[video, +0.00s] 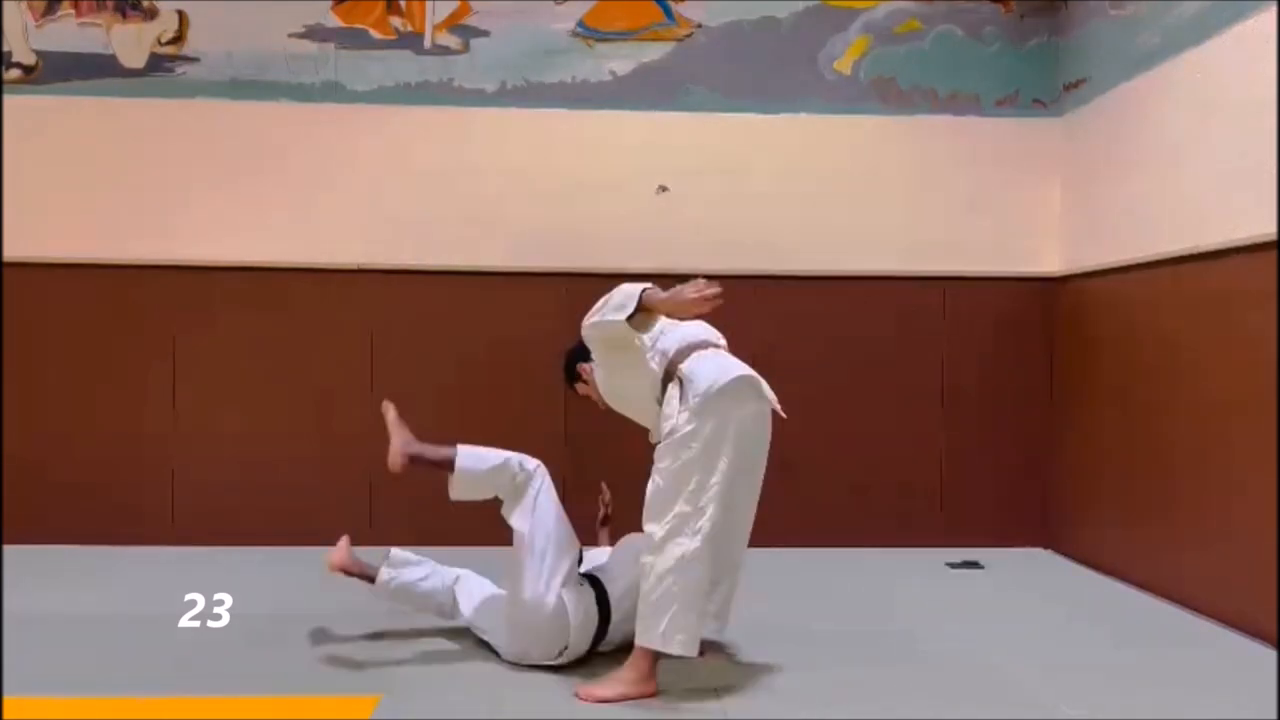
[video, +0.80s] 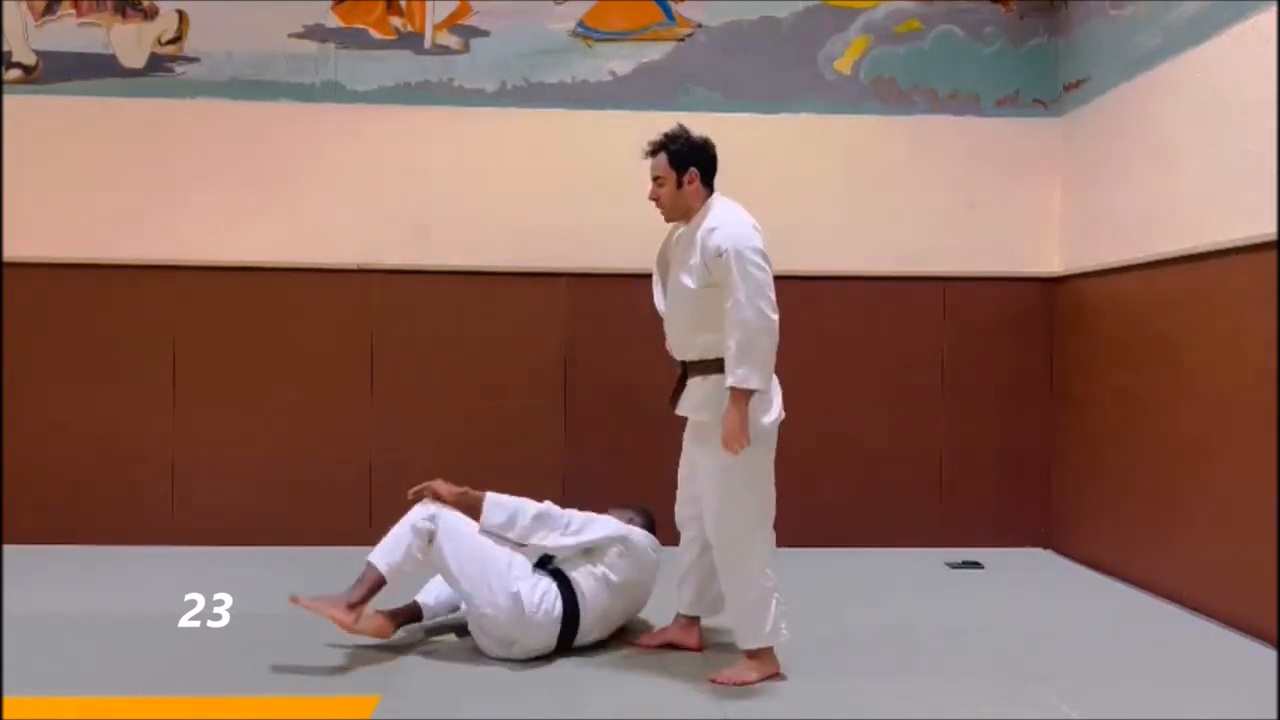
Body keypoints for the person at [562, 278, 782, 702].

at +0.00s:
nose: (596, 403)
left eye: (585, 393)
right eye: (588, 399)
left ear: (585, 370)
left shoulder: (598, 335)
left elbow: (618, 300)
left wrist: (664, 302)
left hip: (705, 385)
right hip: (750, 390)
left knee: (669, 526)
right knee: (718, 521)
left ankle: (640, 668)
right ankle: (701, 639)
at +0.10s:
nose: (604, 369)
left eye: (599, 360)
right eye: (600, 365)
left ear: (596, 340)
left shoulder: (609, 300)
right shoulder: (673, 320)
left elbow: (625, 312)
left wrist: (638, 348)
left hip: (699, 395)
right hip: (745, 395)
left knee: (664, 527)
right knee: (717, 520)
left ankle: (640, 671)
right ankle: (698, 634)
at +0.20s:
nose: (601, 333)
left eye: (600, 323)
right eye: (601, 327)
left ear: (596, 302)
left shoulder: (616, 281)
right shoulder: (674, 304)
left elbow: (627, 295)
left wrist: (636, 346)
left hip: (695, 393)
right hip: (738, 394)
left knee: (663, 525)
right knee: (707, 520)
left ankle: (639, 670)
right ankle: (689, 631)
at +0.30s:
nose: (603, 300)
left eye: (599, 290)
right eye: (599, 293)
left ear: (605, 268)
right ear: (632, 254)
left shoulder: (620, 262)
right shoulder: (670, 279)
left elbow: (642, 293)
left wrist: (653, 352)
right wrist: (651, 390)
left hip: (697, 386)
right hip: (731, 387)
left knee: (664, 519)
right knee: (700, 516)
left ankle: (639, 666)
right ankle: (686, 629)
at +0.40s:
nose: (602, 249)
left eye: (600, 238)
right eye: (599, 239)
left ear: (614, 227)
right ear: (640, 222)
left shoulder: (637, 239)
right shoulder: (673, 248)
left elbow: (674, 292)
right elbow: (702, 318)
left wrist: (691, 369)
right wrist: (651, 380)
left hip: (694, 380)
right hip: (715, 378)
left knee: (672, 513)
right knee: (694, 508)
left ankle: (681, 654)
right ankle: (695, 624)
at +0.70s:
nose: (640, 182)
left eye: (649, 172)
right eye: (642, 172)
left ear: (681, 176)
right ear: (677, 177)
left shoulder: (712, 229)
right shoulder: (677, 231)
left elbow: (744, 311)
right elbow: (692, 314)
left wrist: (742, 395)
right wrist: (669, 379)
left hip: (715, 392)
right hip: (685, 391)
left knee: (724, 521)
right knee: (687, 515)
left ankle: (756, 650)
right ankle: (688, 626)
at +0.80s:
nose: (652, 194)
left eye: (659, 183)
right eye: (651, 184)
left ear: (691, 180)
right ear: (685, 181)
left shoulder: (731, 234)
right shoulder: (686, 235)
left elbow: (755, 322)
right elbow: (695, 316)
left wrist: (739, 403)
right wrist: (690, 383)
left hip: (737, 397)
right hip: (704, 394)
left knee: (738, 524)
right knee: (694, 514)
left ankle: (761, 654)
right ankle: (688, 623)